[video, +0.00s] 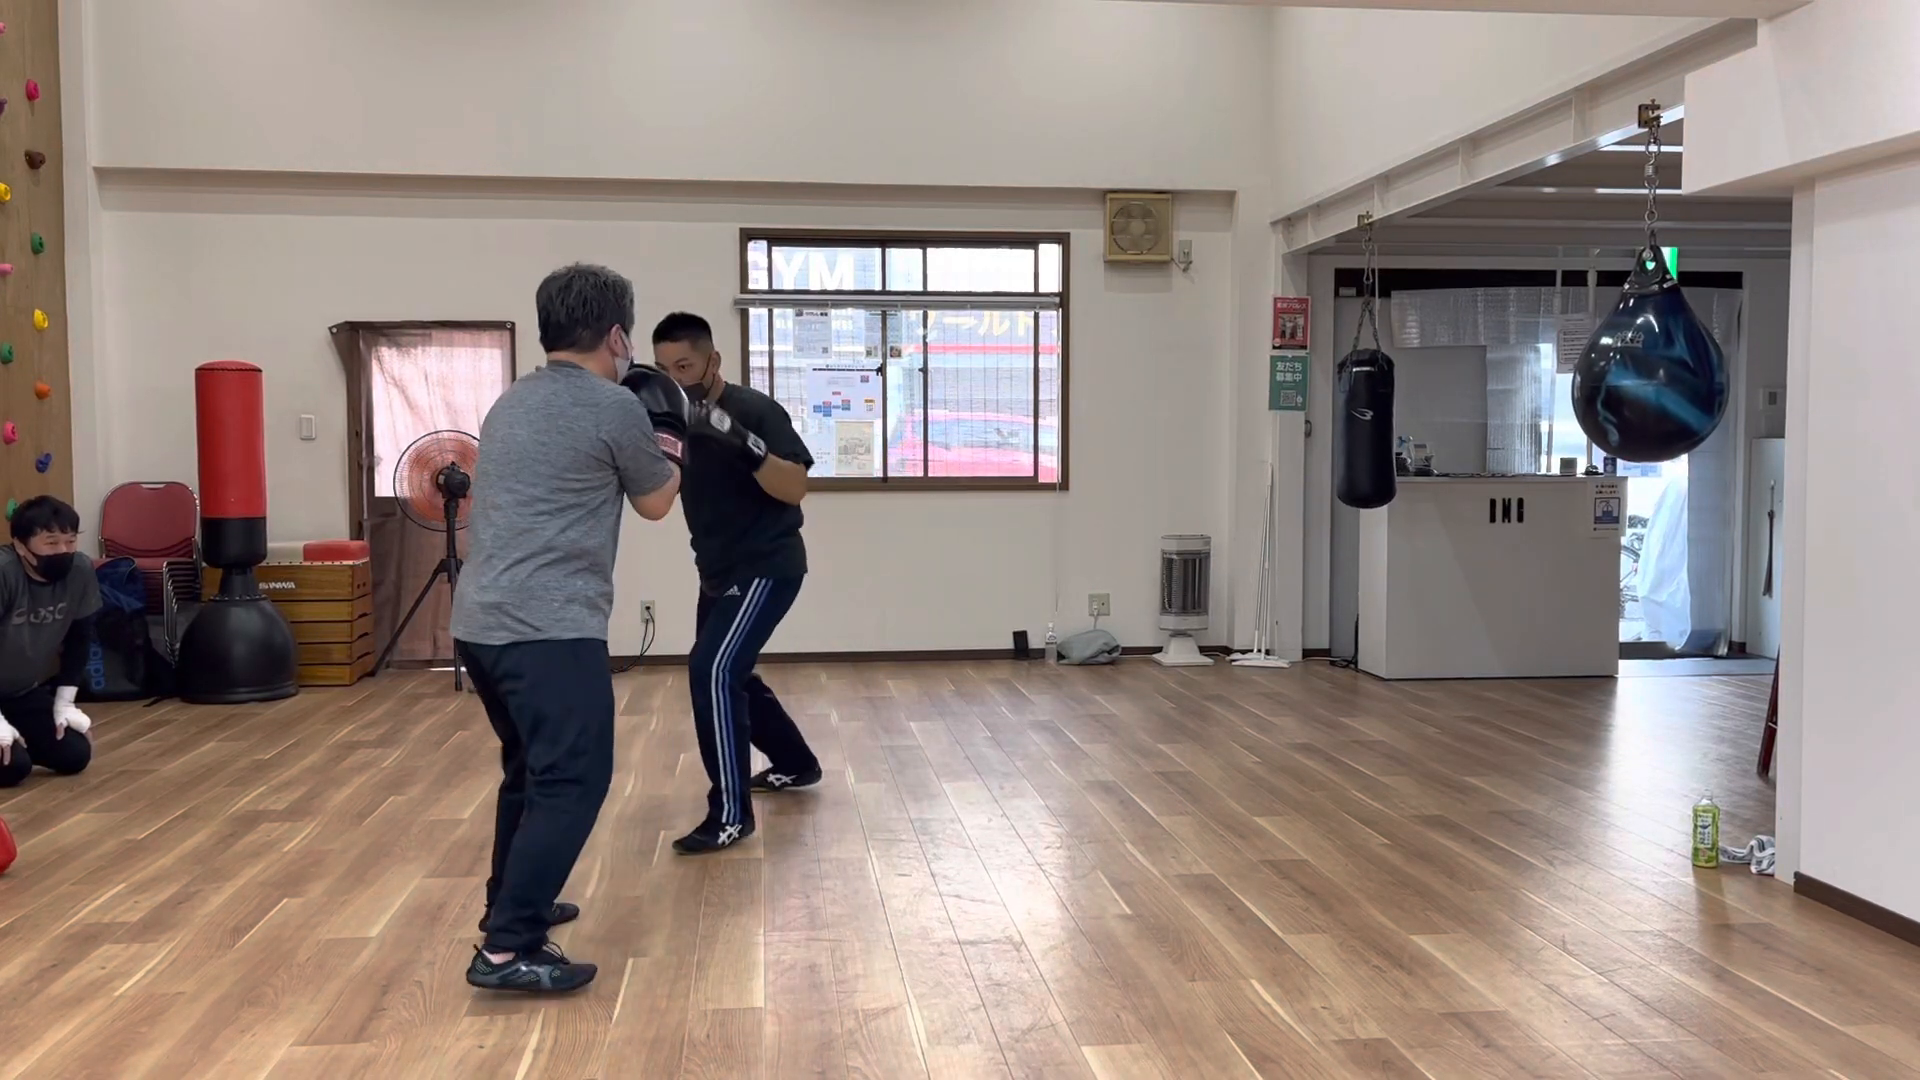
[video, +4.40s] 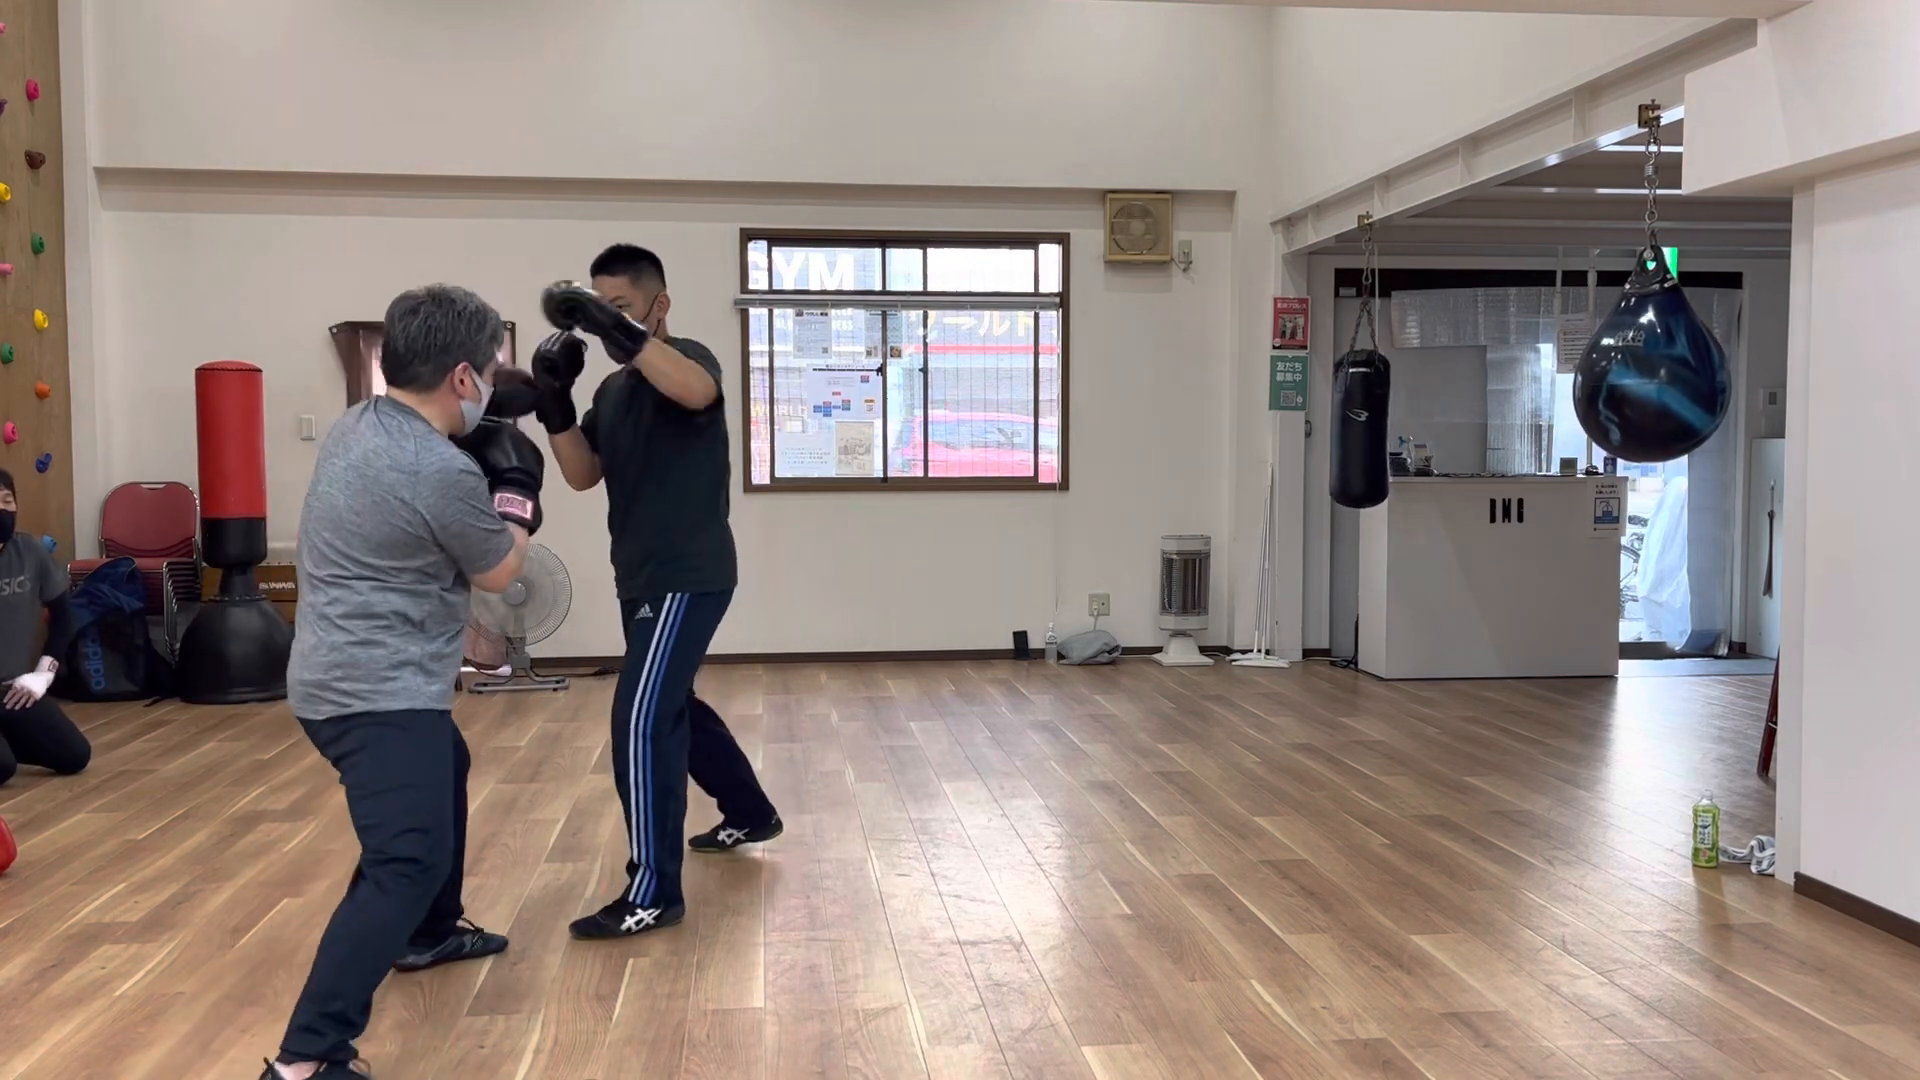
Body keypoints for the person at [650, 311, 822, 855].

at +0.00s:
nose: (677, 378)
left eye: (684, 365)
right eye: (667, 370)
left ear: (713, 359)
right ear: (662, 373)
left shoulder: (755, 409)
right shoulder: (677, 414)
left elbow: (794, 487)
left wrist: (739, 440)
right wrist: (640, 407)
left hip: (766, 566)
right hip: (719, 569)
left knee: (713, 671)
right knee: (726, 672)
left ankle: (731, 817)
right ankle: (796, 764)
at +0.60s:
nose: (668, 358)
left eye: (674, 346)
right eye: (661, 349)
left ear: (706, 342)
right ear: (655, 352)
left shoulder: (752, 389)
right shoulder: (690, 401)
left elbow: (711, 434)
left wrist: (697, 368)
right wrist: (646, 398)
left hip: (769, 562)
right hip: (732, 562)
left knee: (726, 682)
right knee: (729, 674)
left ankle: (748, 833)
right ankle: (788, 780)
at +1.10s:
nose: (646, 379)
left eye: (652, 363)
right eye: (637, 370)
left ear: (684, 350)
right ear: (632, 373)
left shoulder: (728, 396)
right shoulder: (676, 418)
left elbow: (770, 456)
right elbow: (670, 500)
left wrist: (696, 469)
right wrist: (648, 472)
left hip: (772, 563)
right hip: (746, 566)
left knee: (718, 687)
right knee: (761, 679)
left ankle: (730, 846)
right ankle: (791, 785)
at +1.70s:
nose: (644, 366)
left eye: (652, 353)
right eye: (636, 359)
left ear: (687, 346)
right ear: (633, 364)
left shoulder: (722, 384)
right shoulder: (670, 418)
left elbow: (773, 418)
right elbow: (669, 503)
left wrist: (694, 411)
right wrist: (630, 448)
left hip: (777, 555)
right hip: (745, 562)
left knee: (736, 680)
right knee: (756, 673)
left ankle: (731, 842)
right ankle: (792, 783)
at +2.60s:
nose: (618, 345)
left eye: (629, 331)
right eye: (610, 334)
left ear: (666, 327)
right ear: (608, 334)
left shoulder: (691, 379)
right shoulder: (639, 396)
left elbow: (679, 425)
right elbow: (597, 460)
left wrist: (595, 400)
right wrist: (580, 389)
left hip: (704, 564)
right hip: (676, 566)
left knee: (648, 692)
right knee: (687, 674)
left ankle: (656, 854)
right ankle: (760, 767)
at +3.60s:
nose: (599, 334)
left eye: (608, 320)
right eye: (595, 323)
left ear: (651, 316)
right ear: (633, 324)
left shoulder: (670, 369)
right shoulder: (645, 377)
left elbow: (644, 429)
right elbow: (604, 451)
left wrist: (563, 390)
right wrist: (581, 382)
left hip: (686, 567)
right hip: (705, 562)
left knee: (633, 699)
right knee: (709, 686)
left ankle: (652, 862)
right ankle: (750, 803)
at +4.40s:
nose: (613, 320)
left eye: (624, 306)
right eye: (603, 310)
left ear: (658, 303)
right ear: (594, 314)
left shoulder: (687, 356)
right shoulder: (610, 394)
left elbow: (699, 393)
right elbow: (582, 473)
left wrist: (620, 333)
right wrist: (555, 398)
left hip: (687, 574)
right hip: (641, 578)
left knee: (641, 719)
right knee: (671, 706)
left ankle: (654, 895)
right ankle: (750, 813)